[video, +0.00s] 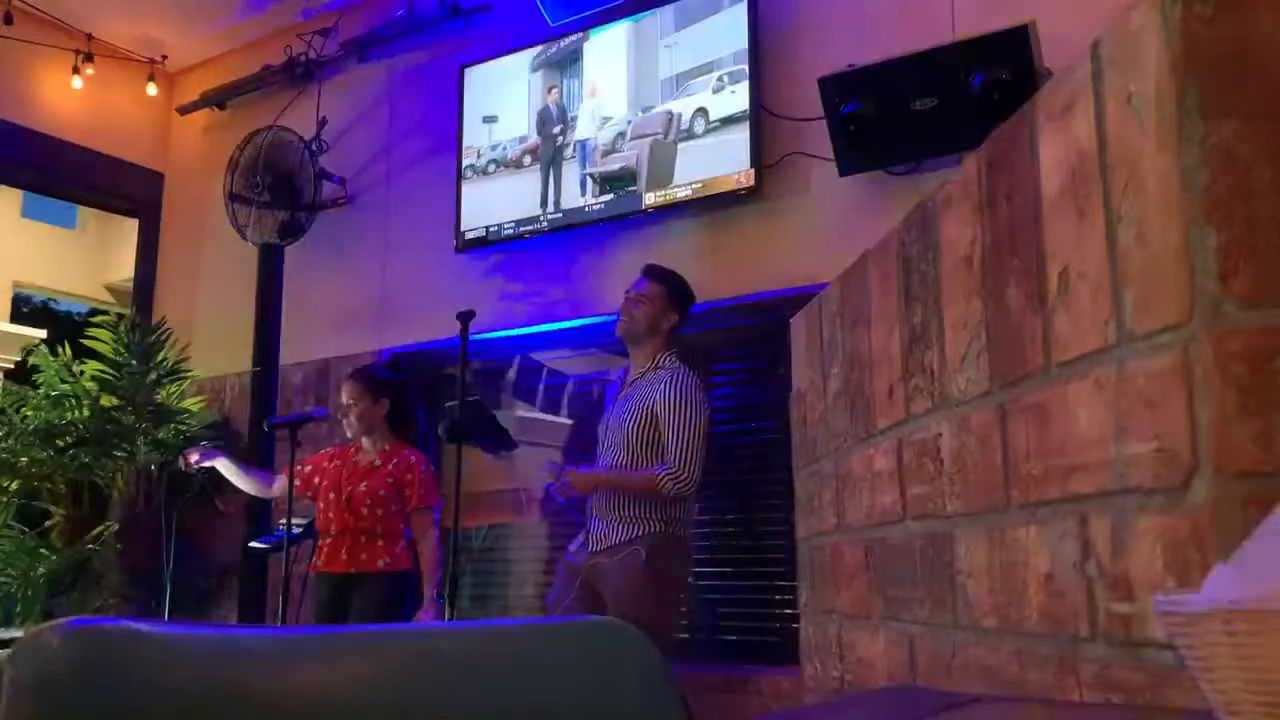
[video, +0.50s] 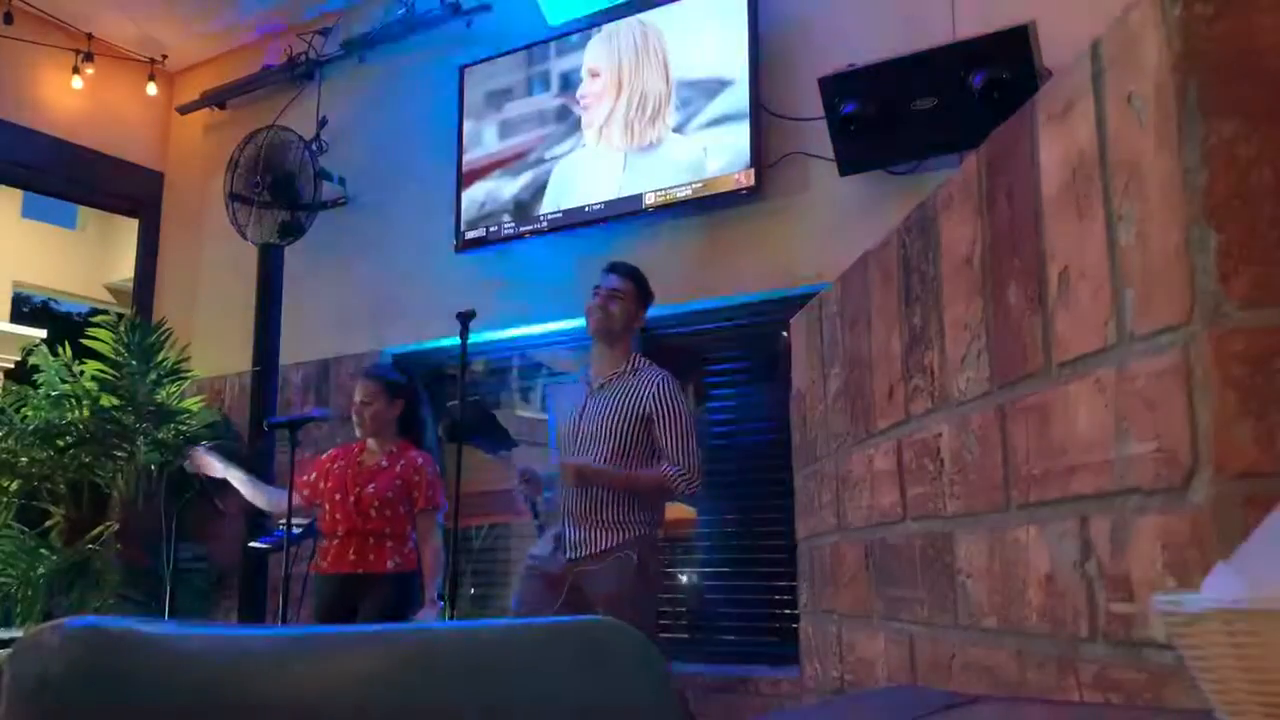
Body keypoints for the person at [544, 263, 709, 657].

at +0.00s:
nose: (626, 305)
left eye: (640, 300)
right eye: (627, 298)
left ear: (669, 319)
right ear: (623, 304)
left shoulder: (678, 382)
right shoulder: (627, 385)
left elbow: (680, 478)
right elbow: (622, 468)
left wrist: (595, 479)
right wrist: (577, 480)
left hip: (644, 549)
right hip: (593, 546)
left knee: (639, 673)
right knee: (565, 659)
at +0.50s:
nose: (600, 300)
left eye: (615, 296)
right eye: (596, 293)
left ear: (639, 317)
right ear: (587, 309)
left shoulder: (656, 385)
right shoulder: (579, 390)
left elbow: (685, 477)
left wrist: (600, 476)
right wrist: (544, 483)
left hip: (622, 558)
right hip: (563, 556)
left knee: (625, 678)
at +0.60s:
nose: (590, 301)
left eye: (605, 295)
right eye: (585, 293)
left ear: (627, 314)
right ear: (576, 305)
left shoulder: (648, 389)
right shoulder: (547, 386)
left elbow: (669, 484)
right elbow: (536, 466)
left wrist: (590, 506)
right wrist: (517, 484)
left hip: (609, 559)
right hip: (539, 557)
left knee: (608, 680)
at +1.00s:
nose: (541, 284)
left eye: (555, 279)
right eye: (533, 278)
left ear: (575, 299)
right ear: (523, 296)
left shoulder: (604, 377)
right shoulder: (493, 380)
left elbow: (632, 469)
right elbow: (481, 463)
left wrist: (579, 508)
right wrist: (468, 454)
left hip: (571, 559)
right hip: (494, 561)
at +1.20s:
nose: (484, 303)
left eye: (493, 289)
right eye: (486, 291)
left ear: (530, 293)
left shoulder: (585, 367)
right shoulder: (487, 383)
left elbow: (624, 455)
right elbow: (481, 466)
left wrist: (565, 504)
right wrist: (462, 460)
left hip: (565, 556)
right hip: (489, 561)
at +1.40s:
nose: (468, 327)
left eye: (472, 314)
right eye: (468, 317)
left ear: (497, 307)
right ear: (497, 309)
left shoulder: (570, 366)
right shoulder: (496, 395)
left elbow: (616, 452)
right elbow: (519, 486)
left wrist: (563, 519)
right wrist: (475, 492)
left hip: (564, 561)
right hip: (496, 563)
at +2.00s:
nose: (519, 332)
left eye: (524, 320)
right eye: (518, 322)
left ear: (554, 315)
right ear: (549, 319)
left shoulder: (616, 370)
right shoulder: (542, 393)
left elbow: (656, 449)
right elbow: (553, 468)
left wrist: (596, 478)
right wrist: (527, 491)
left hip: (614, 551)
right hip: (554, 551)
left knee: (613, 665)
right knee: (539, 659)